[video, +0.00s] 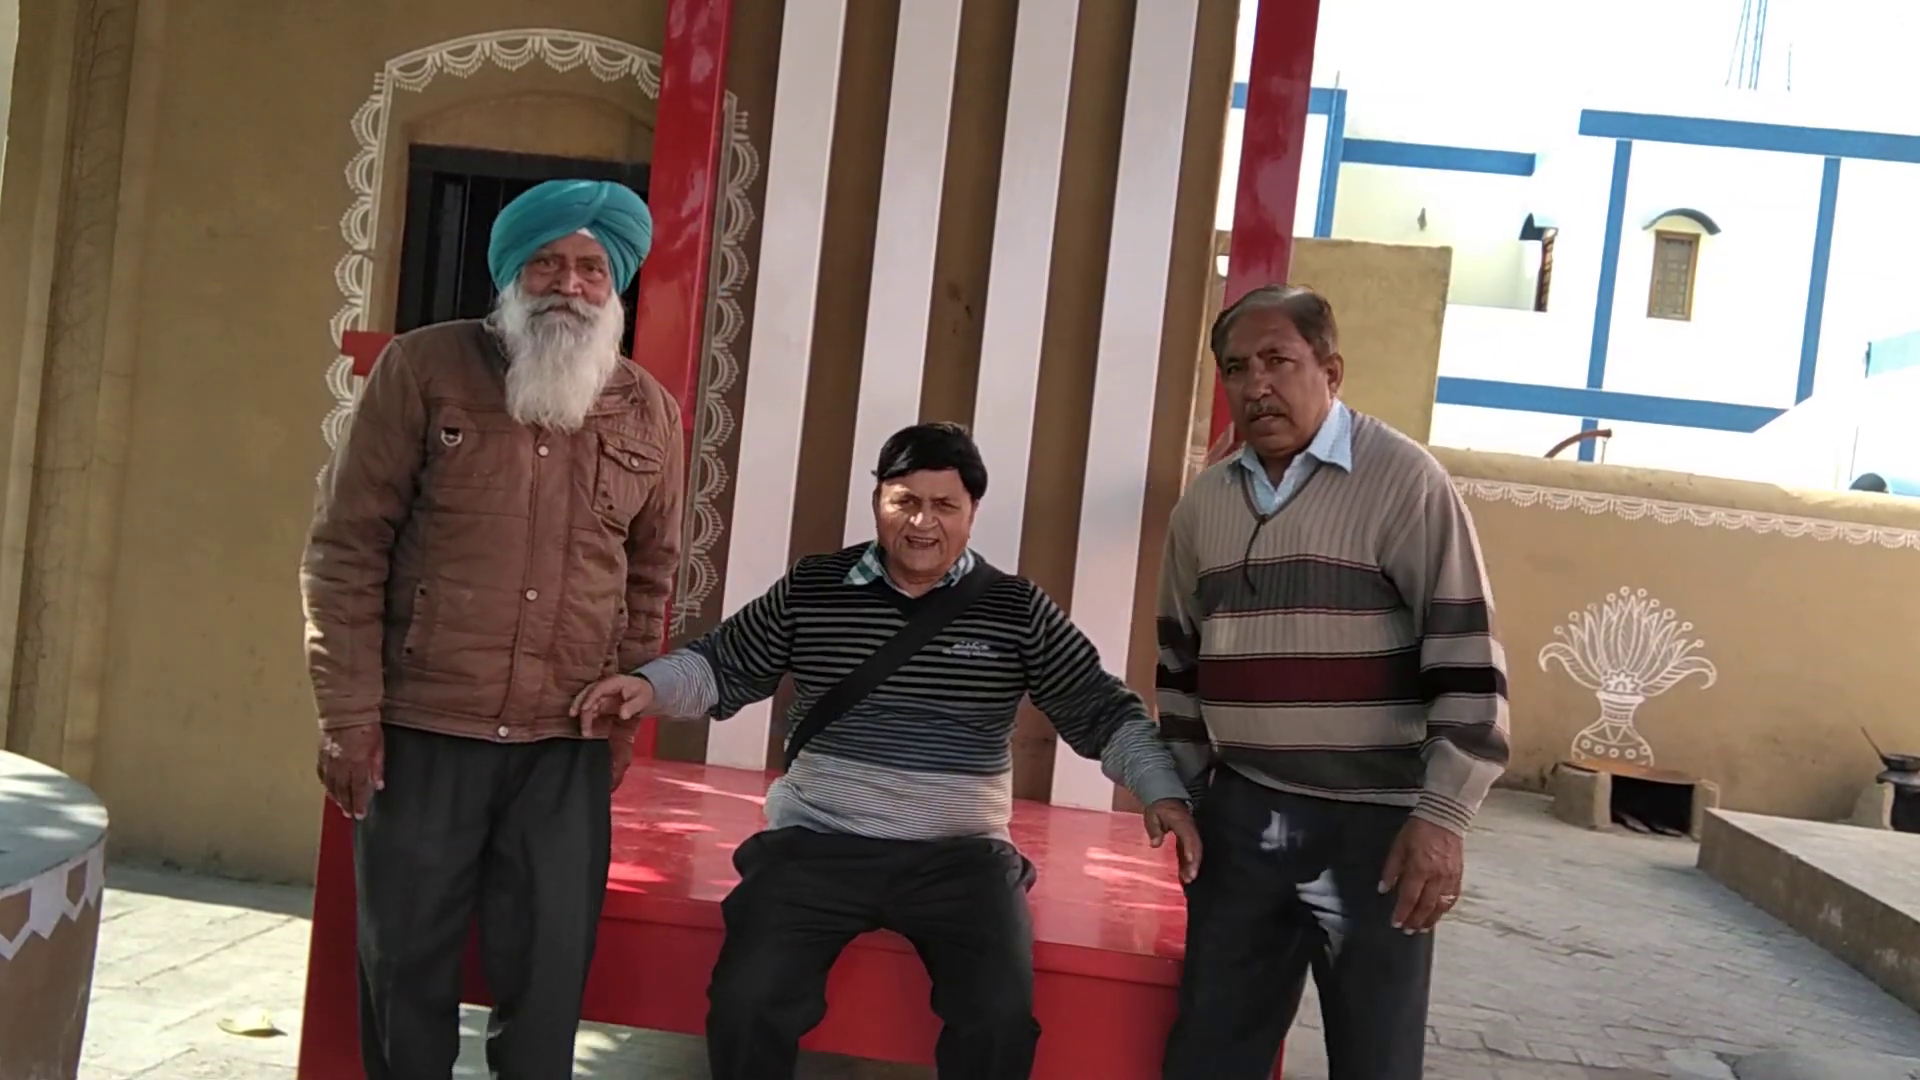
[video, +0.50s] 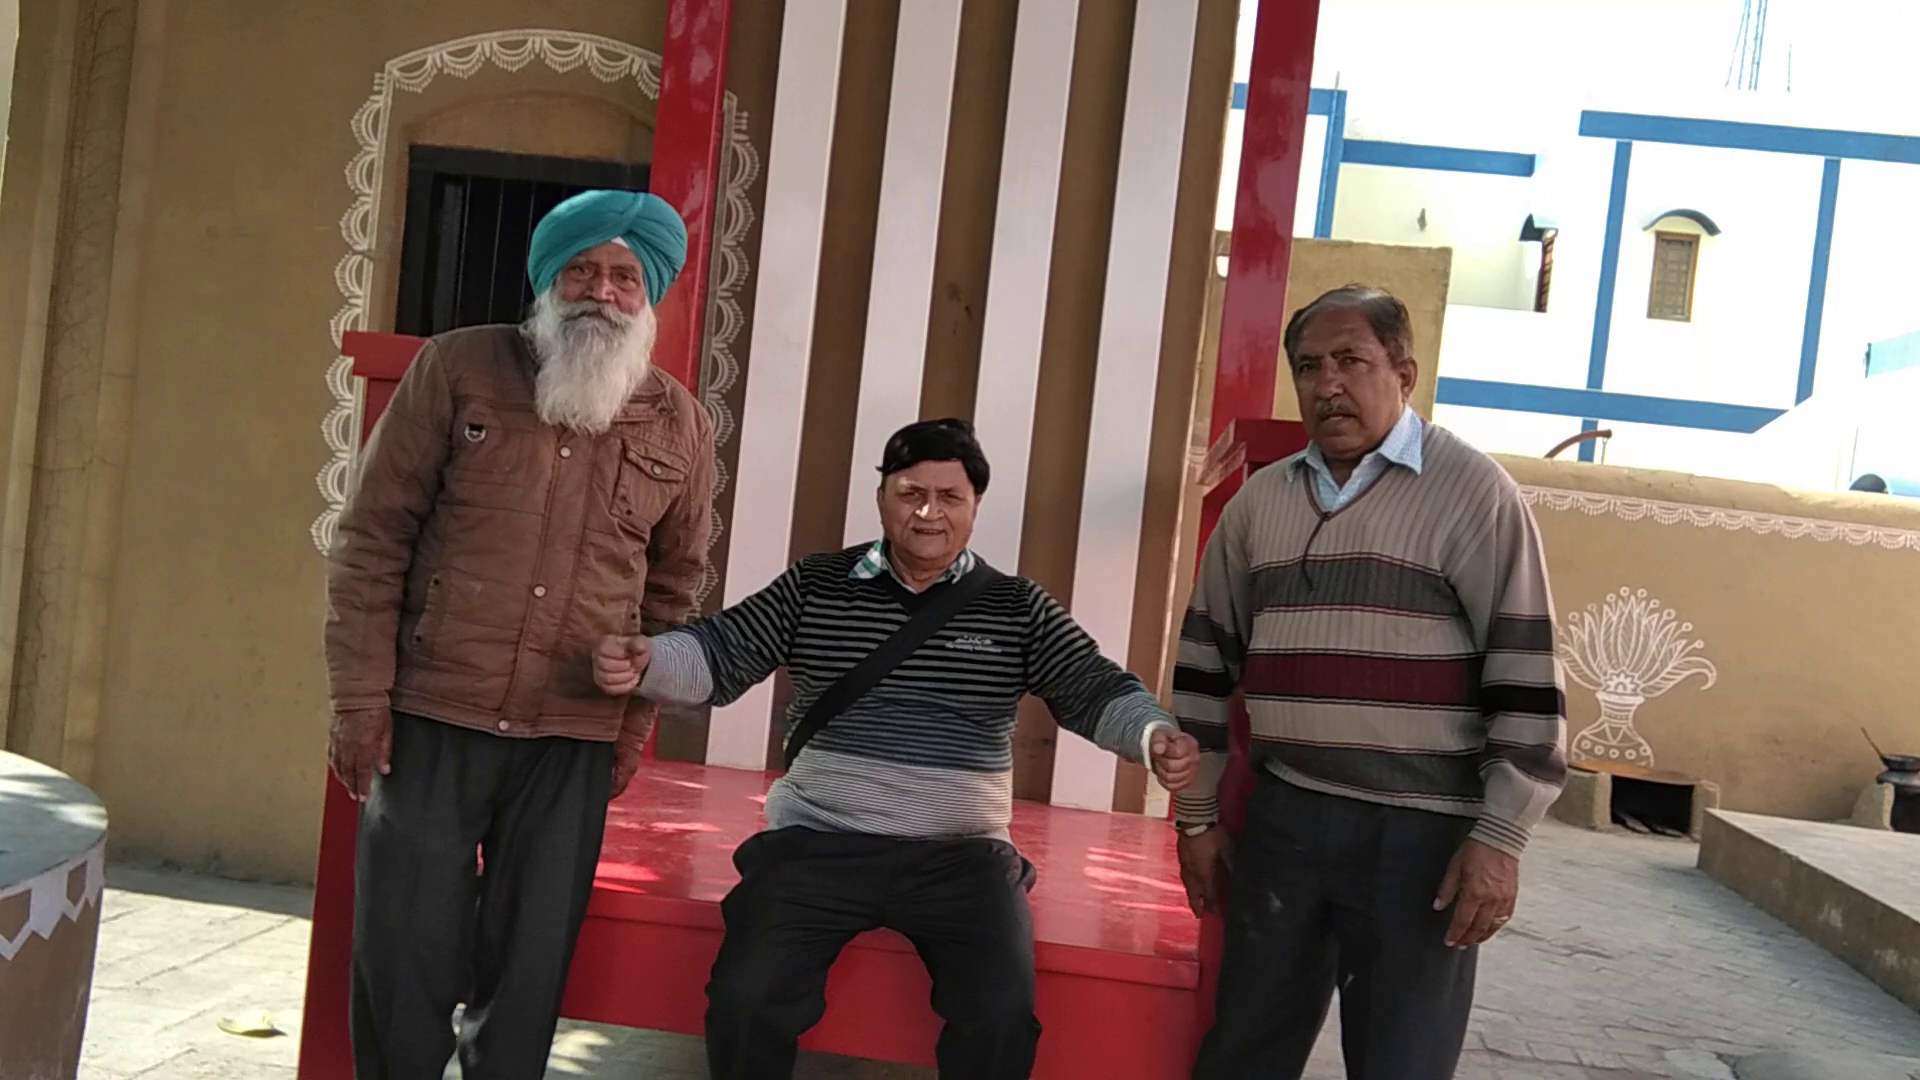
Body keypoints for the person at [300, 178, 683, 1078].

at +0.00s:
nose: (573, 282)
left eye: (594, 267)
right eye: (552, 262)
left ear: (619, 289)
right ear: (512, 273)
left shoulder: (648, 412)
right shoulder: (425, 366)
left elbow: (651, 582)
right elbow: (349, 546)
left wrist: (628, 695)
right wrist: (350, 715)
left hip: (567, 756)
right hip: (425, 746)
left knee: (544, 1009)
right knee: (404, 996)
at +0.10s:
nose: (574, 284)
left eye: (596, 268)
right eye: (553, 263)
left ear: (621, 289)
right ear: (514, 274)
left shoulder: (650, 413)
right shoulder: (427, 367)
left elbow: (655, 581)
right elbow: (351, 548)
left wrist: (632, 704)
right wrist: (350, 713)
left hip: (567, 754)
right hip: (427, 743)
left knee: (527, 1006)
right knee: (405, 991)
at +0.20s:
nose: (579, 285)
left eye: (601, 270)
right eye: (558, 265)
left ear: (627, 290)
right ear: (522, 276)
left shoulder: (657, 414)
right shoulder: (434, 369)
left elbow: (661, 580)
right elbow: (359, 547)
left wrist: (632, 710)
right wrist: (353, 712)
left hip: (568, 751)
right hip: (431, 740)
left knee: (518, 1002)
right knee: (411, 993)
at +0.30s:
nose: (590, 285)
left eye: (612, 271)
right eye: (570, 265)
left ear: (636, 294)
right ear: (532, 276)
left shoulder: (665, 417)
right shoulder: (443, 366)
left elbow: (666, 585)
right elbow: (363, 542)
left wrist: (630, 722)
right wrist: (358, 709)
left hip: (572, 753)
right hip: (435, 741)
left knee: (523, 1005)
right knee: (416, 996)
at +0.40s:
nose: (598, 287)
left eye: (621, 273)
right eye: (578, 266)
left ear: (646, 296)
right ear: (541, 277)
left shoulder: (673, 421)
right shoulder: (452, 366)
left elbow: (672, 586)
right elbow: (371, 540)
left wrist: (631, 722)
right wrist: (360, 705)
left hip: (572, 752)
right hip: (434, 737)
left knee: (527, 1002)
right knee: (411, 994)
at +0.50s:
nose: (605, 290)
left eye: (629, 276)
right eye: (587, 268)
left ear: (654, 300)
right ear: (549, 278)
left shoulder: (678, 421)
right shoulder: (458, 366)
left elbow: (677, 584)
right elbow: (374, 536)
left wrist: (637, 718)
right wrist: (361, 699)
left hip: (574, 744)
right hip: (432, 727)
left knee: (529, 987)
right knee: (402, 969)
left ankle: (499, 1074)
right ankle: (400, 1073)